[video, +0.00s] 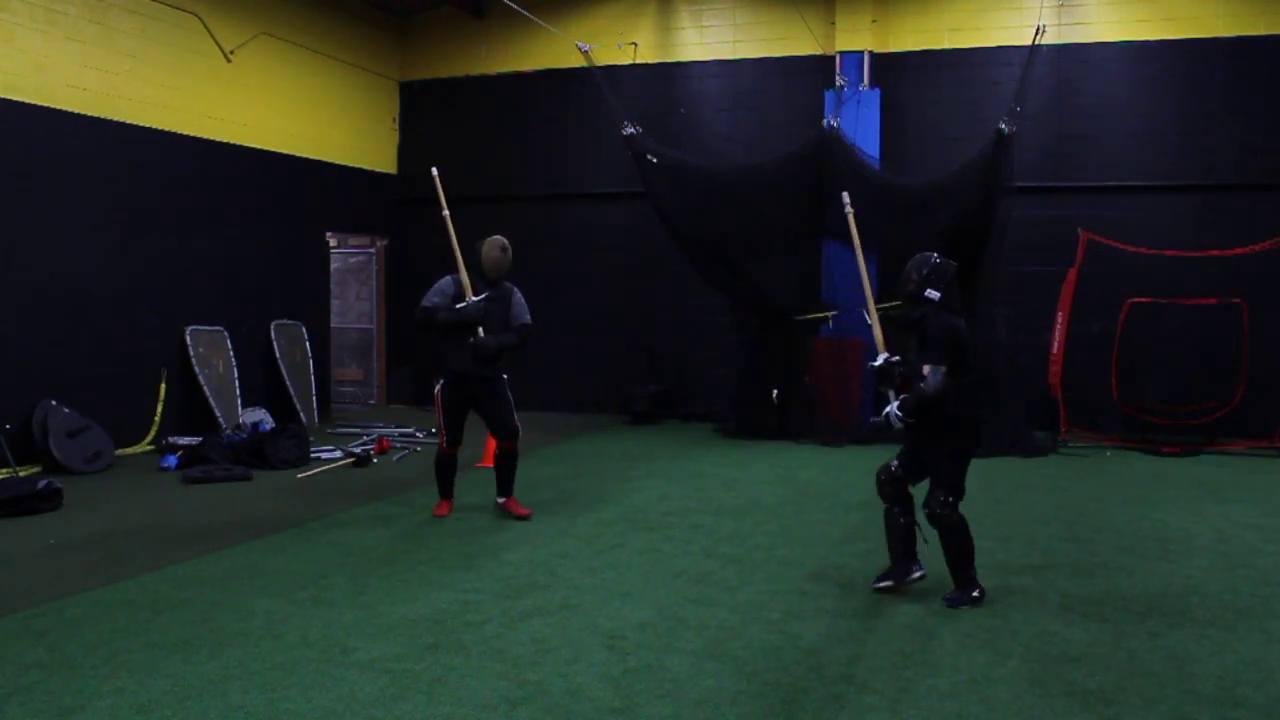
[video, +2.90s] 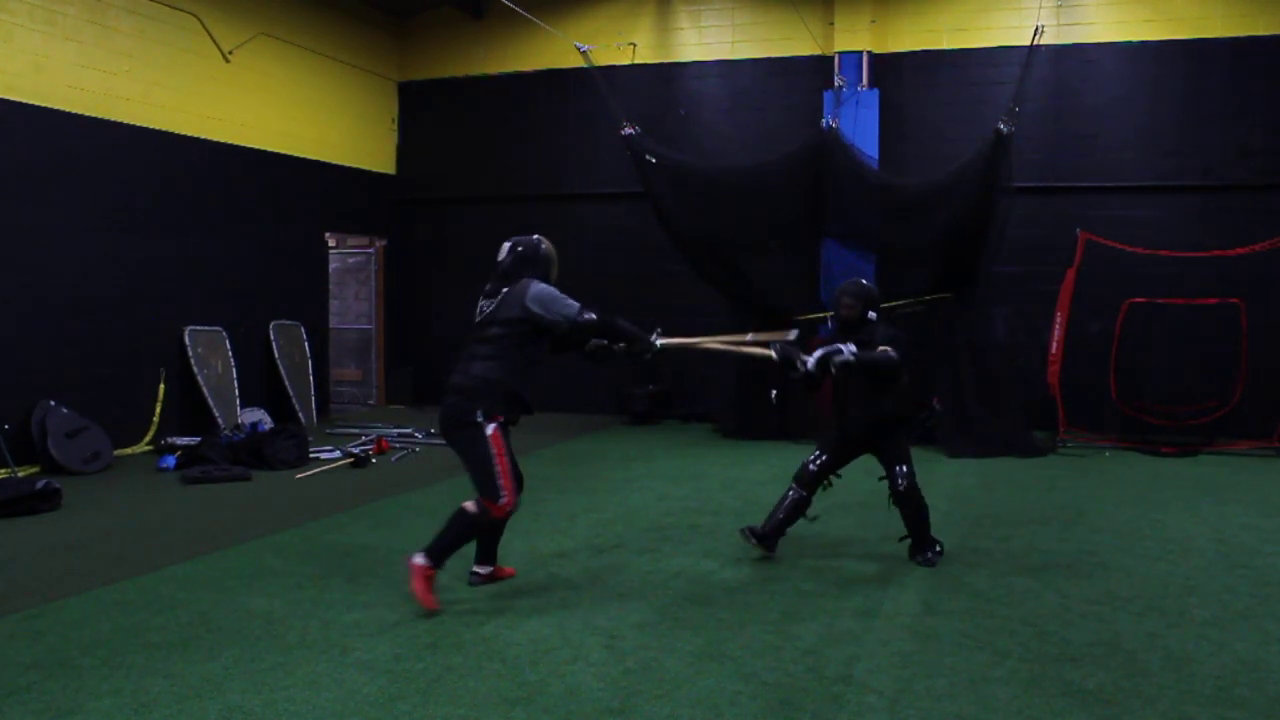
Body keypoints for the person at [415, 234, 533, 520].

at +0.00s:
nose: (498, 264)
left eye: (503, 260)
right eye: (493, 258)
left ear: (507, 264)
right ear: (481, 258)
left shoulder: (510, 294)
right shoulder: (453, 285)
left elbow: (523, 332)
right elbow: (426, 314)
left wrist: (493, 342)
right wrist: (463, 313)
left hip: (491, 378)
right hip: (454, 376)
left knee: (508, 434)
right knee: (449, 441)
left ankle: (504, 497)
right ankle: (445, 499)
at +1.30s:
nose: (548, 273)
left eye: (550, 266)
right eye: (542, 266)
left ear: (542, 269)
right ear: (523, 264)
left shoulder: (537, 307)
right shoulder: (483, 294)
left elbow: (544, 352)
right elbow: (460, 333)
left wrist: (537, 368)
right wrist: (515, 337)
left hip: (509, 403)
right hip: (470, 400)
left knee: (528, 472)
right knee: (459, 477)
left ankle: (523, 548)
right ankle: (439, 524)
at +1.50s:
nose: (557, 295)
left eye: (560, 287)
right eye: (555, 286)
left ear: (538, 281)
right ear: (538, 280)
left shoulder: (541, 320)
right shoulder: (494, 306)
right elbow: (476, 345)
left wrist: (542, 381)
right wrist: (533, 351)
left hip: (506, 412)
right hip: (467, 409)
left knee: (538, 473)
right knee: (445, 485)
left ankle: (524, 551)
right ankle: (404, 563)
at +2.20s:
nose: (531, 284)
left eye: (532, 276)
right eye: (527, 276)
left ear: (508, 274)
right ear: (507, 274)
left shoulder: (505, 315)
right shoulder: (475, 302)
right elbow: (449, 341)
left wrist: (507, 397)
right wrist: (503, 360)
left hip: (467, 417)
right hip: (437, 414)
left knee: (499, 480)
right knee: (430, 500)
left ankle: (482, 561)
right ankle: (379, 579)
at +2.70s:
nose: (527, 284)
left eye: (526, 277)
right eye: (523, 276)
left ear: (490, 274)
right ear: (508, 275)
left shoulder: (499, 312)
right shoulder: (481, 304)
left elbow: (505, 374)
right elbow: (502, 349)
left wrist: (539, 392)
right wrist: (545, 352)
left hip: (459, 425)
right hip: (438, 424)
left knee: (494, 479)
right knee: (417, 513)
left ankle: (483, 565)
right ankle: (363, 596)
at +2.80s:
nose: (535, 281)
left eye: (534, 274)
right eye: (532, 273)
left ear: (496, 273)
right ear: (518, 273)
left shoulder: (497, 311)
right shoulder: (503, 298)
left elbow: (535, 366)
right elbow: (560, 329)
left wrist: (580, 372)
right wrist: (619, 341)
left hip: (470, 419)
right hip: (454, 417)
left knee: (503, 483)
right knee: (445, 511)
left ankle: (483, 566)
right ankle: (376, 584)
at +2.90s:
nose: (552, 272)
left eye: (550, 266)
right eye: (549, 265)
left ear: (510, 265)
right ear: (539, 266)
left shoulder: (499, 297)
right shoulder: (530, 292)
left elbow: (554, 338)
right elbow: (586, 319)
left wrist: (600, 342)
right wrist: (640, 336)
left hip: (478, 407)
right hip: (475, 409)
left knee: (509, 486)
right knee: (499, 499)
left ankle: (484, 566)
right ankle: (426, 561)